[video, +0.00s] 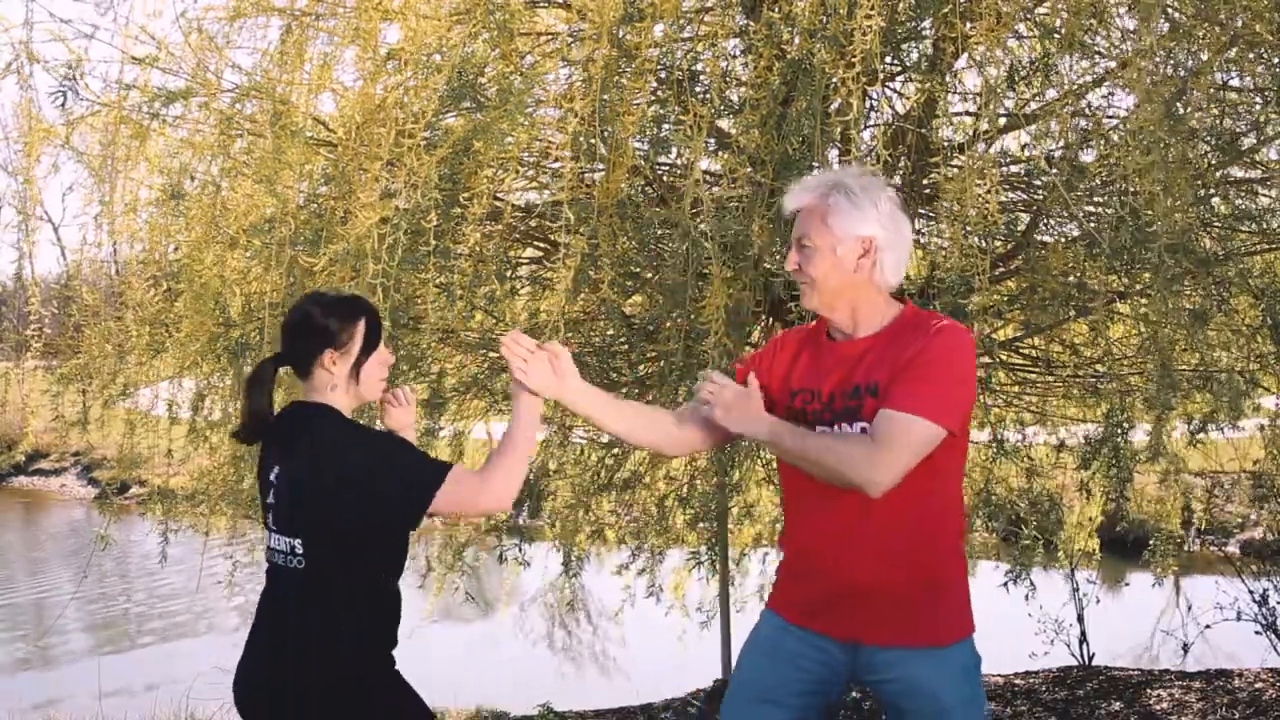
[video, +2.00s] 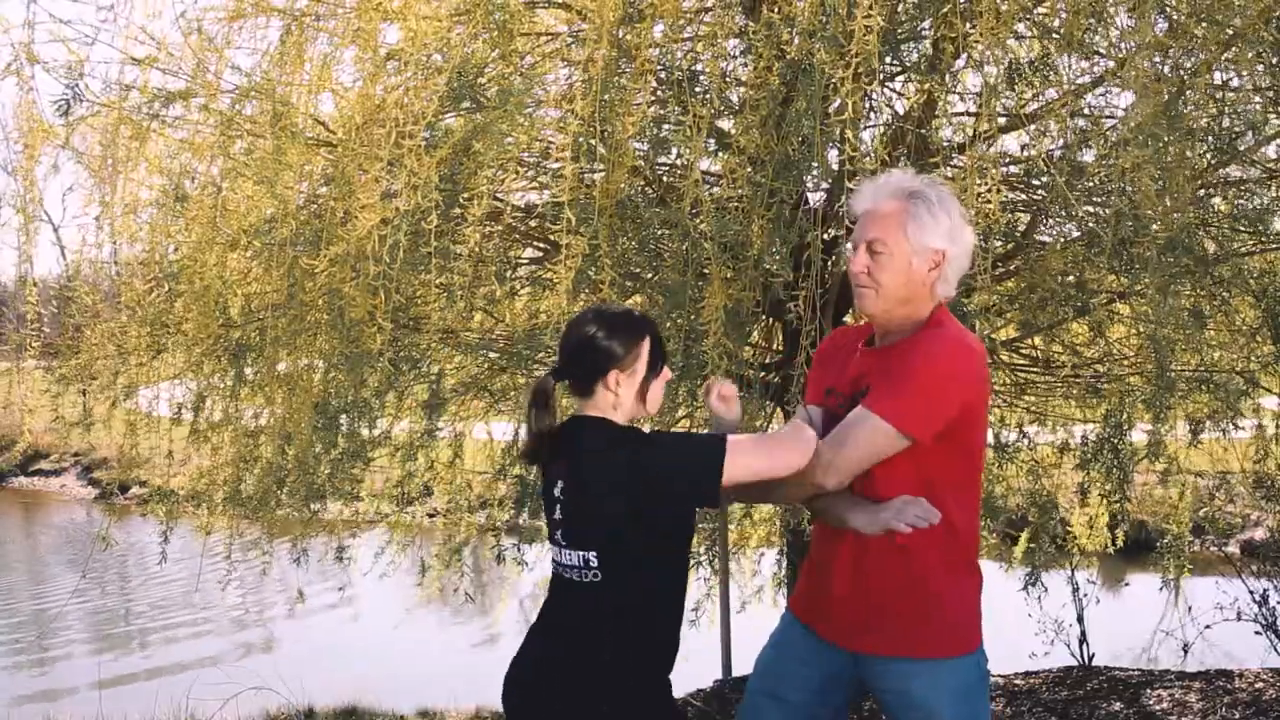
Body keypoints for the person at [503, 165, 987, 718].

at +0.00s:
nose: (790, 264)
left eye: (805, 247)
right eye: (792, 247)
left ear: (863, 253)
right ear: (855, 253)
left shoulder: (940, 344)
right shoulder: (786, 354)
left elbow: (877, 469)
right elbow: (681, 430)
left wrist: (759, 425)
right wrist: (573, 390)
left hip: (922, 640)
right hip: (797, 627)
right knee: (741, 711)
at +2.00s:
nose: (853, 263)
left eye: (875, 250)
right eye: (854, 246)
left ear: (933, 265)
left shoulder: (950, 355)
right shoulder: (837, 347)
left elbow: (820, 470)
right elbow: (793, 475)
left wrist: (736, 454)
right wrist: (862, 513)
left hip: (925, 642)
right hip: (815, 627)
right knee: (761, 709)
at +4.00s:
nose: (836, 265)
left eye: (851, 248)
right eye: (836, 249)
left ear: (910, 255)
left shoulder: (978, 351)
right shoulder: (825, 350)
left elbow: (894, 464)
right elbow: (719, 419)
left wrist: (778, 436)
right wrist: (628, 358)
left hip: (947, 638)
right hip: (827, 625)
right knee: (779, 712)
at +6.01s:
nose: (636, 274)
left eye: (650, 257)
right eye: (640, 259)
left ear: (706, 262)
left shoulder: (773, 349)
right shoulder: (654, 357)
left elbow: (648, 452)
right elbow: (554, 440)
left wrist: (525, 429)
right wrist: (523, 528)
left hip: (795, 634)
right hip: (680, 627)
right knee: (631, 711)